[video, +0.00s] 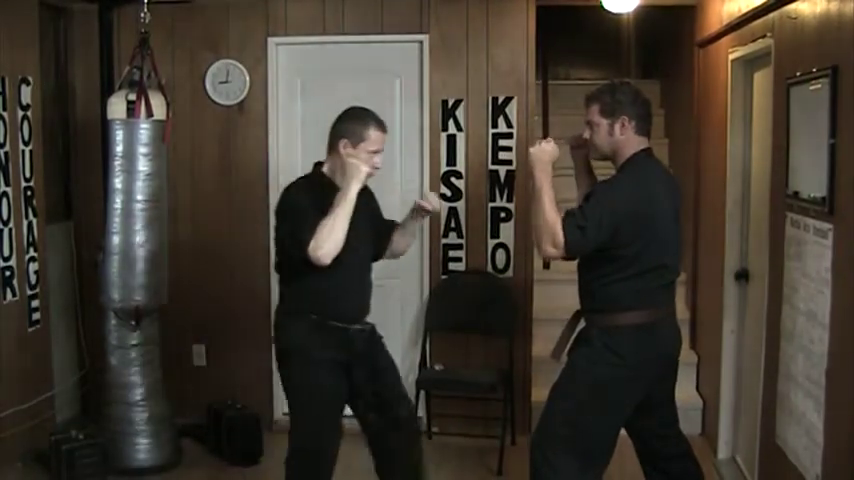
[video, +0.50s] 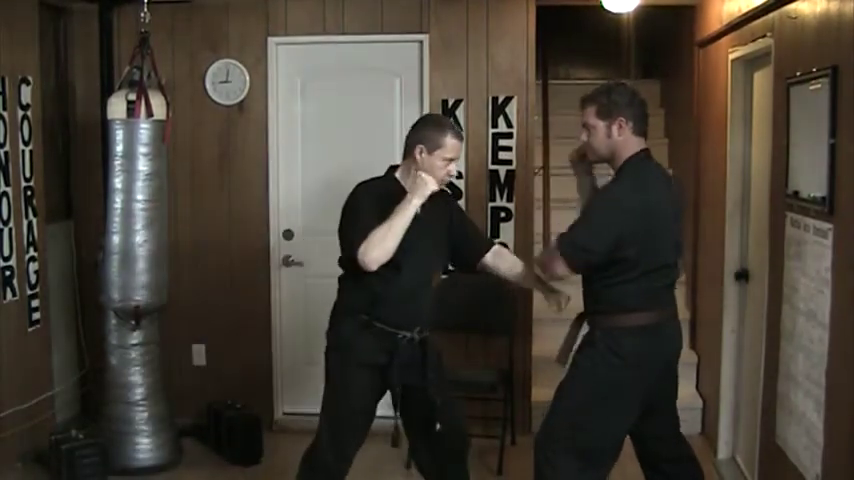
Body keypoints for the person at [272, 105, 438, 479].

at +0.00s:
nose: (379, 163)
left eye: (380, 154)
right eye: (373, 153)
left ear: (351, 150)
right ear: (344, 149)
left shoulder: (361, 196)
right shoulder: (299, 195)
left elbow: (390, 247)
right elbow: (320, 252)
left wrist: (416, 216)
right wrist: (350, 187)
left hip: (358, 336)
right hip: (309, 337)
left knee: (399, 429)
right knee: (316, 445)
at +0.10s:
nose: (403, 166)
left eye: (405, 157)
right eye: (397, 156)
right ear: (367, 150)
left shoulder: (391, 200)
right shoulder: (322, 195)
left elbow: (420, 242)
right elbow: (335, 252)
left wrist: (465, 233)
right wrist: (367, 188)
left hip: (374, 340)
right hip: (323, 338)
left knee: (419, 444)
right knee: (323, 447)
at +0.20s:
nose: (426, 170)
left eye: (428, 162)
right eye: (420, 161)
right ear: (391, 155)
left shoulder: (420, 206)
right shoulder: (344, 198)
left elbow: (474, 235)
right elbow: (342, 256)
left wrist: (524, 252)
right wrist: (384, 196)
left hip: (395, 344)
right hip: (340, 342)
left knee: (436, 451)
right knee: (335, 452)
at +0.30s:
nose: (441, 171)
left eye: (444, 162)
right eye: (434, 161)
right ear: (406, 154)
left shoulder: (436, 207)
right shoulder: (358, 196)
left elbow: (487, 254)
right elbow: (352, 258)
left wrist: (536, 283)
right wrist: (399, 199)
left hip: (408, 344)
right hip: (352, 340)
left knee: (442, 443)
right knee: (342, 442)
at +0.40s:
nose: (450, 171)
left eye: (452, 162)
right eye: (444, 161)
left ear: (423, 157)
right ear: (415, 155)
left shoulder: (442, 208)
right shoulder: (365, 196)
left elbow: (489, 258)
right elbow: (360, 256)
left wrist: (537, 290)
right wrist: (406, 200)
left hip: (412, 344)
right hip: (358, 339)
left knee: (443, 444)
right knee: (340, 441)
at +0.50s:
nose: (453, 170)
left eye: (455, 162)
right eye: (447, 161)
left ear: (427, 156)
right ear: (419, 155)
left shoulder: (443, 206)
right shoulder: (368, 196)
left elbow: (488, 253)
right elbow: (369, 257)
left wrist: (539, 281)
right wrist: (413, 200)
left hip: (414, 345)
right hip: (360, 341)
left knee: (446, 443)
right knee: (337, 445)